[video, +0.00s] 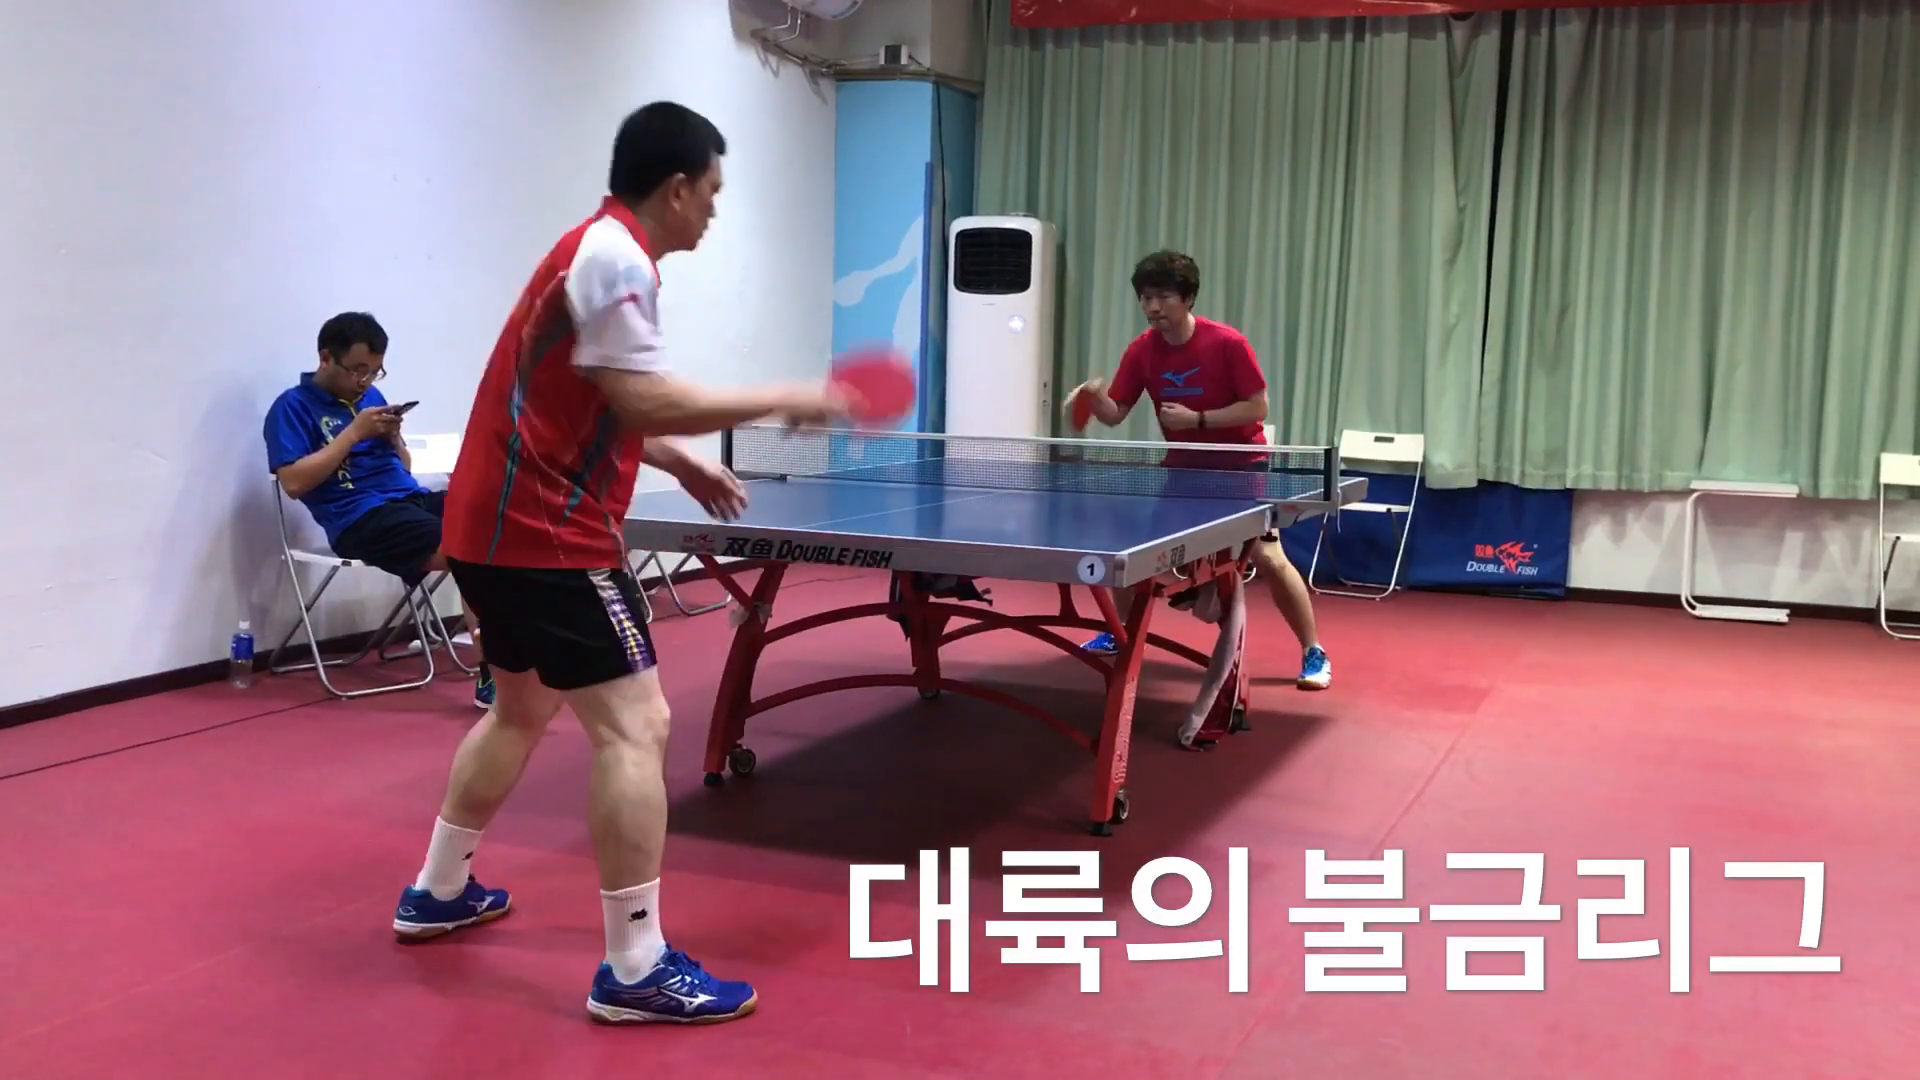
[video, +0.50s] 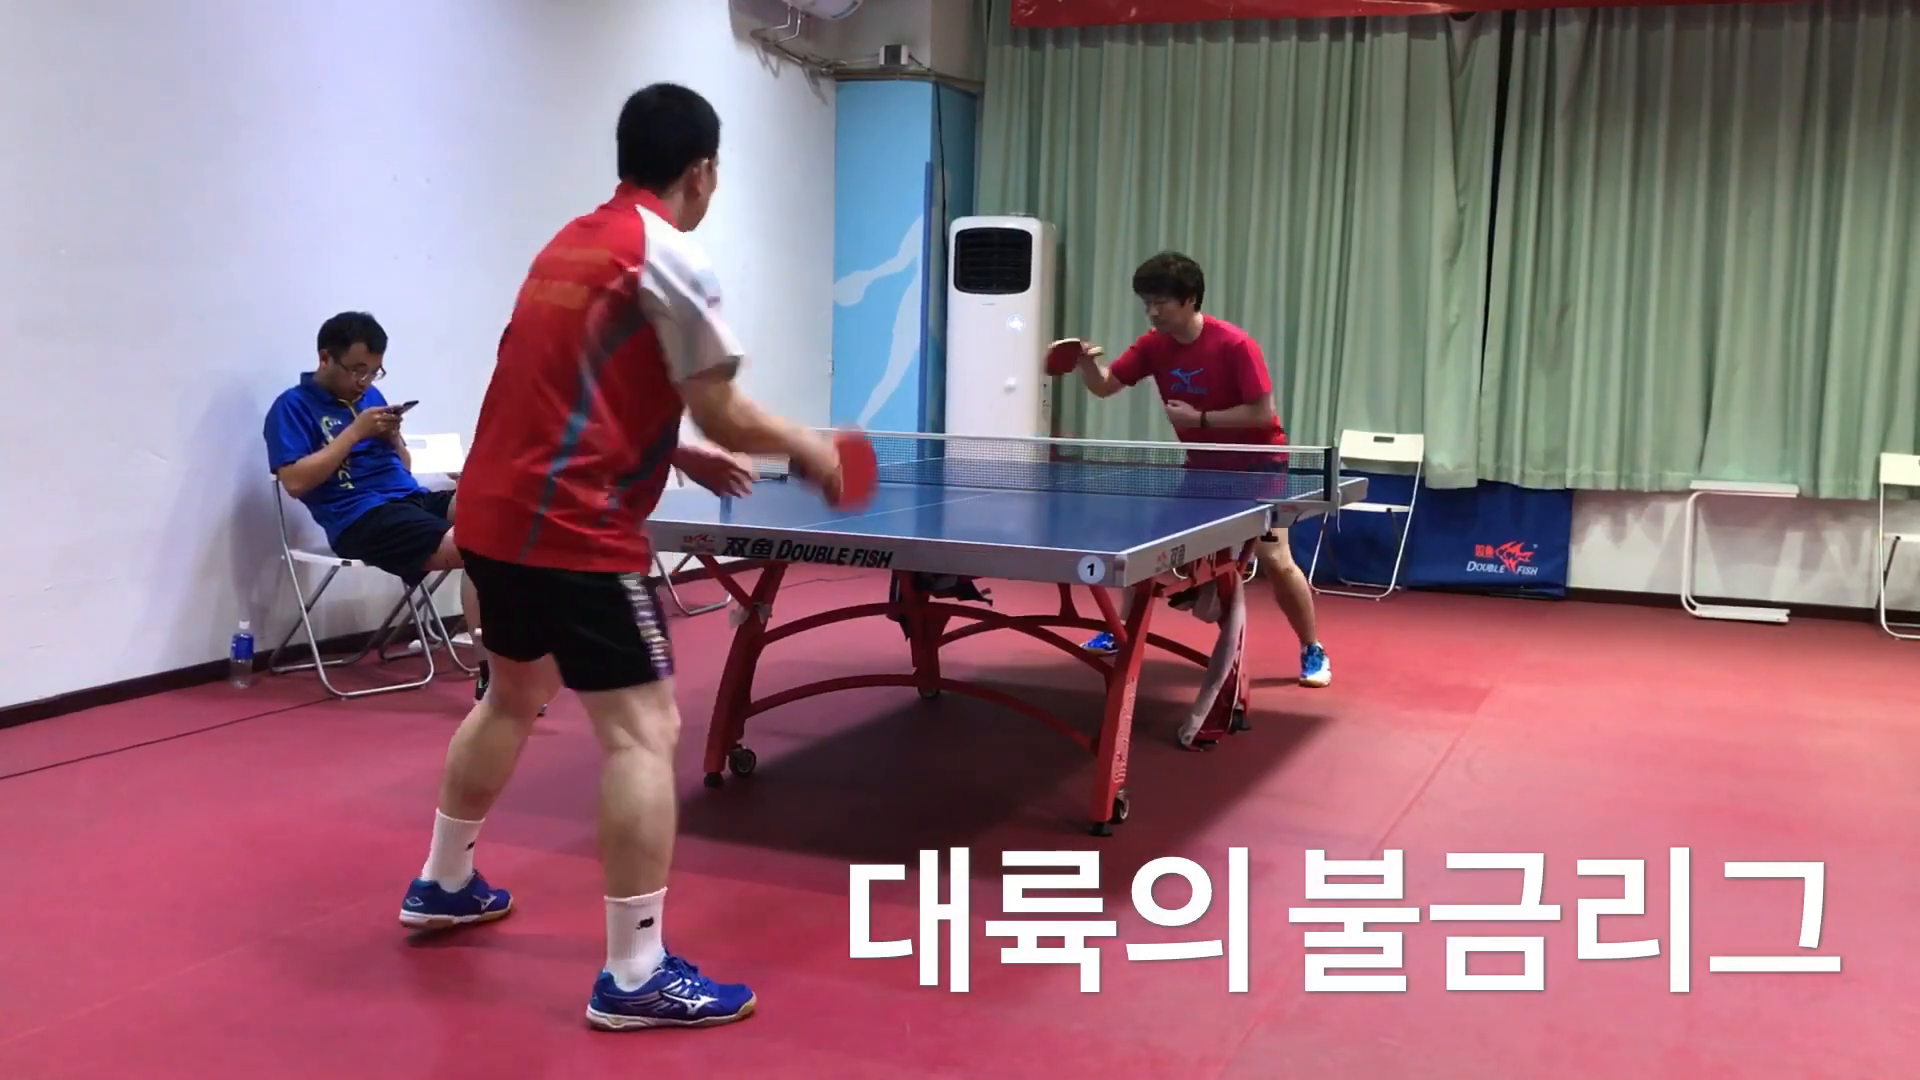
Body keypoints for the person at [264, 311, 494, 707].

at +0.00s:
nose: (365, 382)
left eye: (372, 372)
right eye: (357, 370)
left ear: (378, 367)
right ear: (325, 359)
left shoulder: (369, 396)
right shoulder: (291, 408)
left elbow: (403, 468)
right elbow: (294, 483)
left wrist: (393, 435)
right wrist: (354, 433)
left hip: (411, 501)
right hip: (364, 519)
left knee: (496, 522)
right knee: (472, 550)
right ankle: (490, 673)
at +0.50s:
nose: (364, 381)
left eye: (372, 371)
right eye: (356, 370)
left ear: (379, 365)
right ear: (325, 359)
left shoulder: (370, 397)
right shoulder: (292, 407)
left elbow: (404, 466)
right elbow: (295, 482)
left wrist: (392, 435)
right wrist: (356, 432)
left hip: (412, 501)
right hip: (364, 520)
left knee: (502, 517)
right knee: (480, 546)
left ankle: (527, 668)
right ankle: (490, 675)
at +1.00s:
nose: (366, 381)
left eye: (373, 372)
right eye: (357, 370)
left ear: (379, 367)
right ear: (324, 360)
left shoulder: (368, 396)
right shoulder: (293, 407)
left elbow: (403, 468)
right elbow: (297, 482)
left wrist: (392, 436)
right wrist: (357, 433)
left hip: (411, 502)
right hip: (365, 520)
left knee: (505, 516)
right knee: (480, 549)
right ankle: (512, 681)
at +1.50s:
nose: (368, 382)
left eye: (375, 372)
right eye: (359, 371)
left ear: (381, 365)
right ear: (326, 358)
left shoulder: (370, 397)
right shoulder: (292, 407)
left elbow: (404, 468)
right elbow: (300, 482)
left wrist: (393, 438)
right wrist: (360, 432)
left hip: (410, 500)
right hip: (363, 520)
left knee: (490, 498)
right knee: (475, 547)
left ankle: (494, 607)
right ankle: (492, 676)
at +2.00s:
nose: (365, 381)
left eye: (372, 372)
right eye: (357, 371)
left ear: (378, 367)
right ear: (325, 359)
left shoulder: (368, 396)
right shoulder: (292, 408)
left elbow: (403, 466)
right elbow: (298, 481)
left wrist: (392, 436)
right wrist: (359, 431)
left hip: (411, 502)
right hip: (365, 520)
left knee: (502, 517)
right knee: (483, 548)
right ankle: (505, 683)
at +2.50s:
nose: (365, 382)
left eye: (373, 372)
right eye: (357, 371)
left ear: (379, 366)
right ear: (325, 359)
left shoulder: (370, 397)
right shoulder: (291, 408)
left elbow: (403, 469)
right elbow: (297, 483)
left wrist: (393, 436)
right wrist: (356, 432)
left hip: (411, 501)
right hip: (364, 520)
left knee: (499, 518)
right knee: (472, 551)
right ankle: (493, 673)